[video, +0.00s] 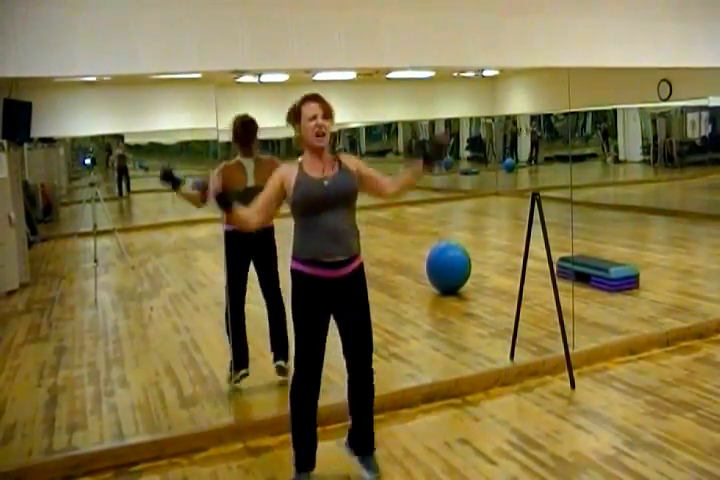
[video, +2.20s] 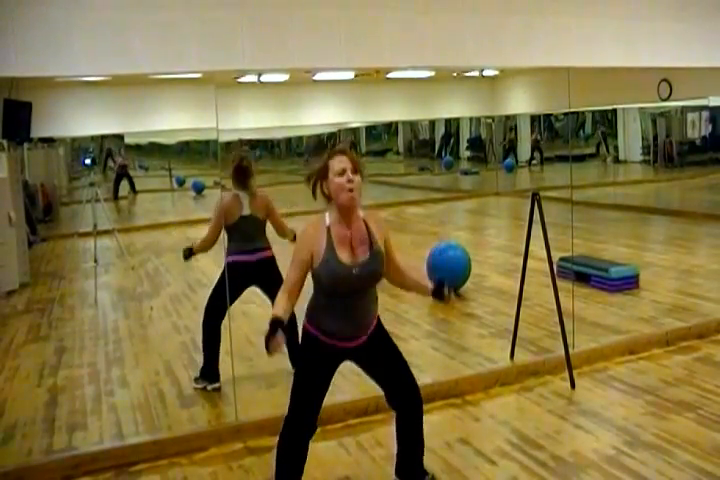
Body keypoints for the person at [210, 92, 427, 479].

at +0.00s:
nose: (320, 124)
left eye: (324, 117)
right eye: (311, 119)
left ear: (332, 124)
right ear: (298, 129)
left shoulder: (349, 164)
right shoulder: (287, 174)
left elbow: (387, 188)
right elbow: (253, 220)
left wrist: (415, 169)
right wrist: (223, 201)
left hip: (351, 274)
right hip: (309, 278)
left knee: (361, 365)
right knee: (307, 371)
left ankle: (363, 446)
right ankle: (304, 464)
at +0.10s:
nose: (320, 133)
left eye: (324, 127)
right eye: (312, 128)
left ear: (333, 134)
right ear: (299, 138)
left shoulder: (348, 166)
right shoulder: (285, 177)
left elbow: (395, 152)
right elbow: (234, 187)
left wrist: (409, 107)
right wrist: (231, 137)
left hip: (351, 284)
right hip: (308, 288)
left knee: (373, 364)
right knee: (298, 375)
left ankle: (385, 443)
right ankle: (281, 467)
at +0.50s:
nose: (322, 131)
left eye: (326, 125)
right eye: (313, 126)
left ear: (334, 131)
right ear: (299, 135)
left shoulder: (349, 167)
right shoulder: (287, 177)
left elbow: (394, 175)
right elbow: (241, 207)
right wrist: (216, 187)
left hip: (349, 282)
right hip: (306, 285)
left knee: (370, 365)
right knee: (301, 380)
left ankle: (379, 448)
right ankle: (288, 471)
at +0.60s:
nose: (322, 142)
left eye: (326, 136)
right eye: (314, 138)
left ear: (334, 142)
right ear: (301, 147)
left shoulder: (350, 184)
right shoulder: (288, 195)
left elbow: (385, 219)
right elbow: (262, 242)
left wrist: (430, 240)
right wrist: (242, 253)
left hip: (350, 296)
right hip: (308, 300)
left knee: (363, 381)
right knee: (309, 387)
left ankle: (363, 463)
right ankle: (306, 471)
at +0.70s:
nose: (324, 150)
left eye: (328, 143)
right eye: (316, 145)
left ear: (335, 149)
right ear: (303, 154)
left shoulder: (350, 195)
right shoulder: (291, 202)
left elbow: (365, 254)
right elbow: (280, 260)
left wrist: (386, 300)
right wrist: (270, 308)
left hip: (350, 305)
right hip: (307, 309)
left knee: (366, 386)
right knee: (309, 392)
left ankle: (361, 462)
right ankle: (306, 471)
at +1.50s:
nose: (335, 140)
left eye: (340, 133)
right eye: (327, 134)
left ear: (347, 138)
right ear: (312, 142)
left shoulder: (357, 179)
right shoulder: (298, 187)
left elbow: (371, 225)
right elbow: (277, 234)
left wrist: (396, 255)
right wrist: (265, 275)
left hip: (354, 292)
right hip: (312, 294)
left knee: (376, 368)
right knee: (304, 384)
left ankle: (368, 449)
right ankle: (300, 472)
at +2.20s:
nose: (351, 179)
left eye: (354, 172)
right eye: (341, 174)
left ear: (361, 179)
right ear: (325, 186)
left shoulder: (374, 225)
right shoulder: (313, 231)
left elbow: (395, 273)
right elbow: (290, 288)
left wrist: (433, 289)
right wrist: (277, 320)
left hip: (369, 335)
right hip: (322, 340)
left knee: (410, 400)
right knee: (300, 423)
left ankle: (411, 472)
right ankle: (286, 477)